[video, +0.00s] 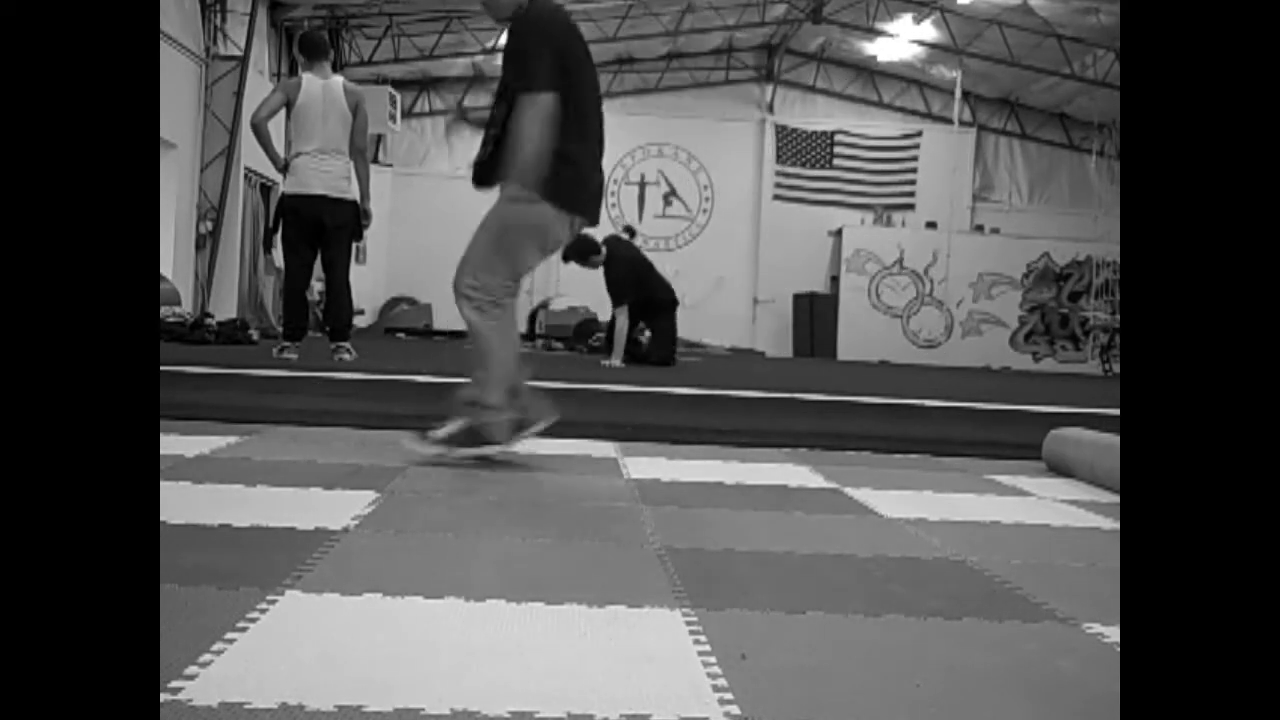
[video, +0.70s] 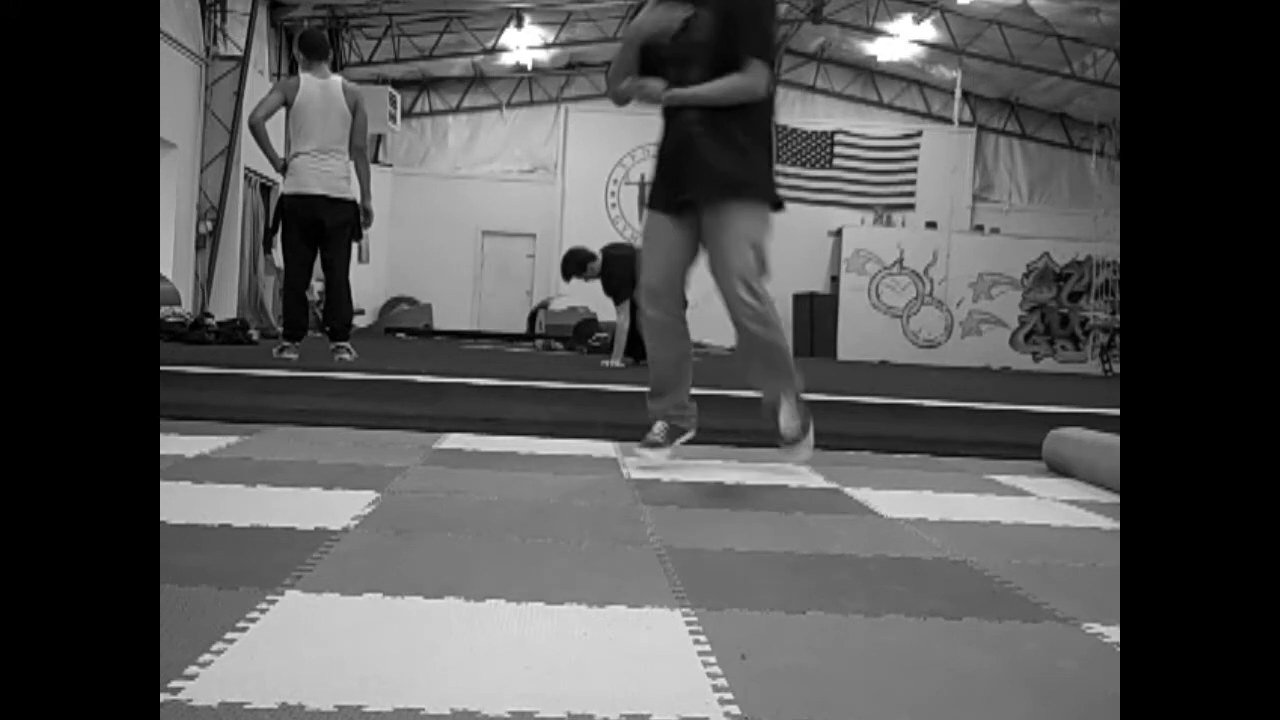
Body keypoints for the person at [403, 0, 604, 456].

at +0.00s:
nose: (486, 11)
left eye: (485, 5)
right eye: (485, 6)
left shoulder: (535, 22)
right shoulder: (548, 23)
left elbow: (538, 108)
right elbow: (539, 110)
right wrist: (474, 120)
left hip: (544, 193)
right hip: (559, 195)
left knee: (479, 288)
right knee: (488, 288)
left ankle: (492, 413)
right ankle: (514, 401)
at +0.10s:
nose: (494, 12)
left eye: (495, 5)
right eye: (492, 7)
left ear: (511, 1)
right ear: (530, 0)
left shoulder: (547, 31)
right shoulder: (525, 47)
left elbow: (599, 101)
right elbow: (478, 100)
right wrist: (446, 63)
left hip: (533, 197)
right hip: (571, 209)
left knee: (459, 300)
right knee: (497, 307)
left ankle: (462, 432)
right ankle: (573, 378)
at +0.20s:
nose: (511, 14)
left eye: (514, 5)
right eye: (509, 8)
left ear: (534, 1)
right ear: (535, 9)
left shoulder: (578, 34)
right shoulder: (531, 55)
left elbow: (646, 84)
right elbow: (486, 113)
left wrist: (654, 171)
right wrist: (453, 92)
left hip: (555, 214)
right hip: (583, 222)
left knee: (488, 305)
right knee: (535, 316)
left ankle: (462, 431)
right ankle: (602, 404)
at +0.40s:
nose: (561, 27)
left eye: (569, 14)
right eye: (556, 19)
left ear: (600, 8)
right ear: (557, 22)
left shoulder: (634, 48)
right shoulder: (575, 84)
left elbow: (645, 116)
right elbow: (579, 172)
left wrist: (570, 146)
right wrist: (569, 241)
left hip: (652, 214)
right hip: (603, 224)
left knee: (604, 304)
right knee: (590, 338)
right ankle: (651, 449)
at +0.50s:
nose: (594, 3)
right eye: (594, 3)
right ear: (605, 4)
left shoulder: (667, 28)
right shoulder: (605, 55)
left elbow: (679, 100)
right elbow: (621, 141)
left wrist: (592, 133)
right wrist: (593, 199)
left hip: (677, 191)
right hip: (625, 202)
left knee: (658, 277)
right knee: (618, 321)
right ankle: (652, 447)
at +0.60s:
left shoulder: (709, 5)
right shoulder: (628, 15)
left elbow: (723, 79)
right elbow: (630, 93)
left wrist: (644, 115)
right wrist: (616, 115)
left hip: (710, 145)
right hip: (655, 153)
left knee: (698, 264)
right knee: (637, 291)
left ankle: (793, 337)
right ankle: (663, 418)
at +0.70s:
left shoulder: (748, 7)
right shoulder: (661, 13)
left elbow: (757, 82)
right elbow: (618, 91)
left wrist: (671, 95)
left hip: (736, 171)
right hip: (677, 171)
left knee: (741, 285)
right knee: (656, 290)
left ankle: (786, 400)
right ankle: (674, 415)